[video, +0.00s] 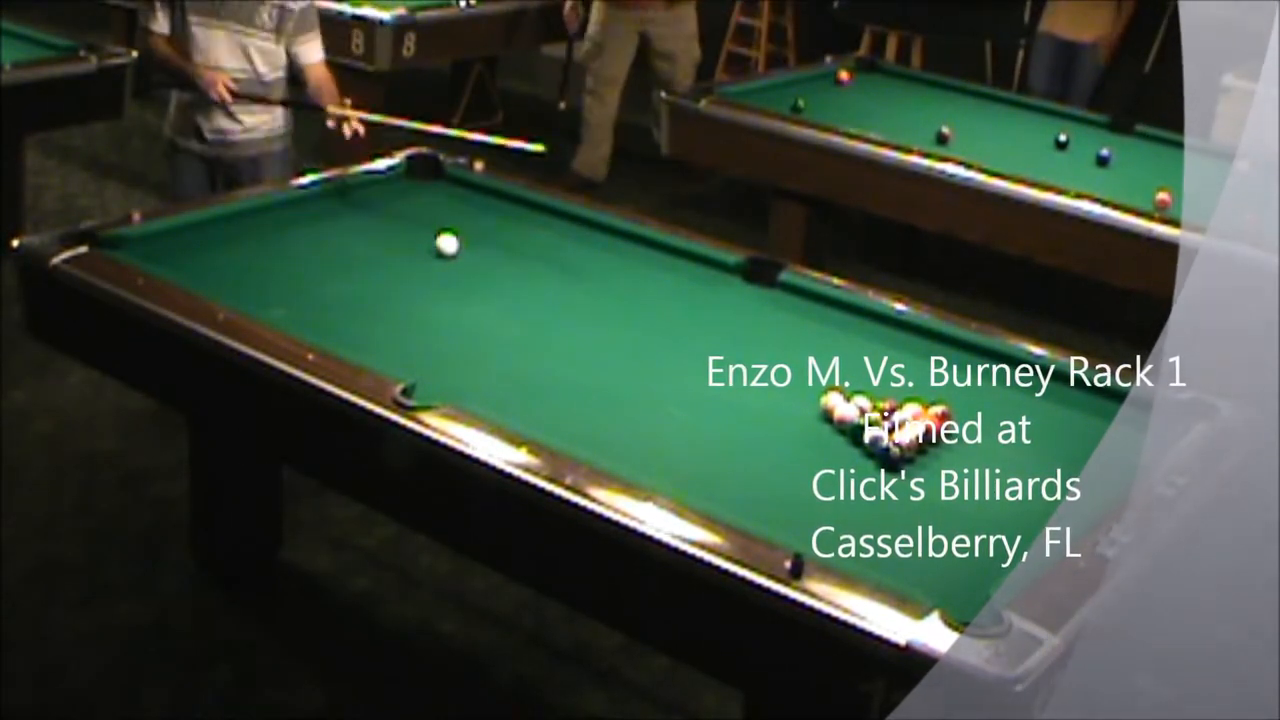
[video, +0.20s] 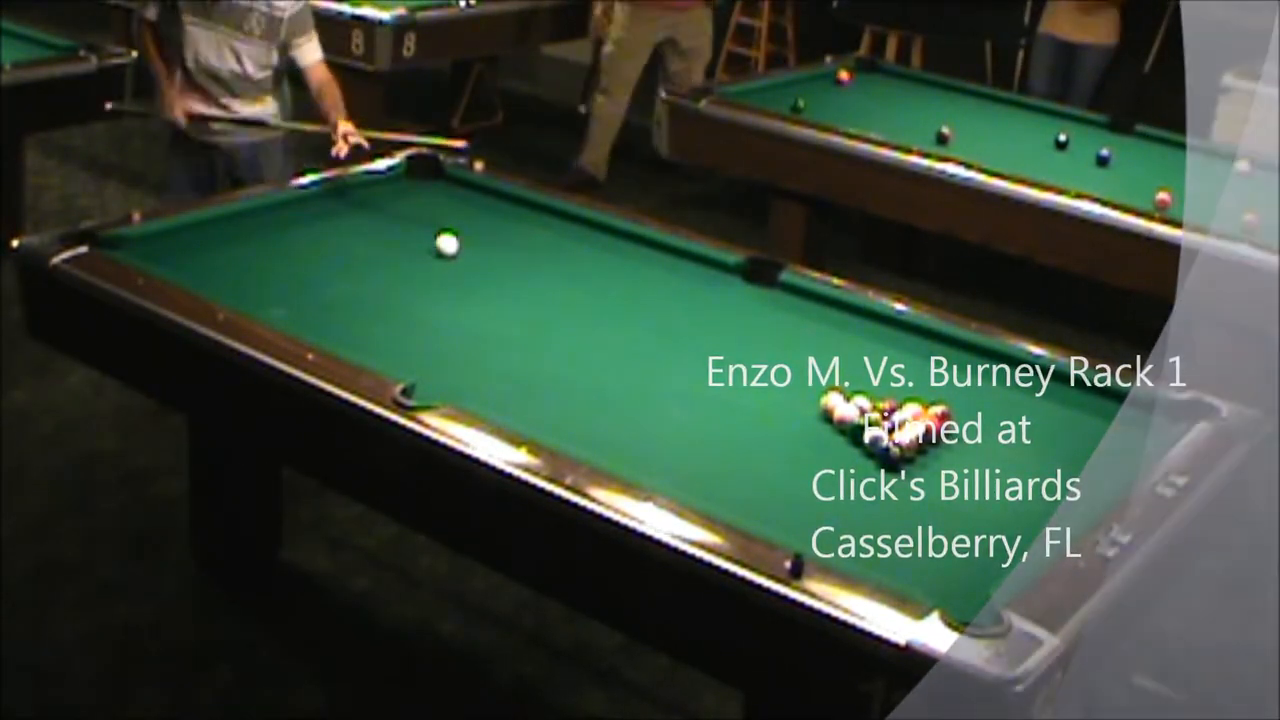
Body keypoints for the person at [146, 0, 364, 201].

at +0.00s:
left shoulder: (295, 6)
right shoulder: (176, 6)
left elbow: (314, 66)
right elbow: (154, 39)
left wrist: (334, 105)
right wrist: (197, 74)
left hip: (264, 147)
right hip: (194, 144)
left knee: (261, 250)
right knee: (188, 247)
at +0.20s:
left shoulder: (290, 10)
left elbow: (318, 74)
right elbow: (145, 24)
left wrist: (339, 121)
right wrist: (168, 86)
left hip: (261, 141)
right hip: (193, 135)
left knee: (263, 241)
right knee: (184, 238)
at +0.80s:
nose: (281, 79)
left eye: (288, 68)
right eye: (271, 69)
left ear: (298, 53)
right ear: (246, 54)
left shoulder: (306, 71)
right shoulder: (198, 26)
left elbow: (346, 143)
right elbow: (152, 26)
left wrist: (368, 192)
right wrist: (179, 95)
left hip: (279, 148)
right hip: (213, 133)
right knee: (195, 226)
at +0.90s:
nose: (279, 89)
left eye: (286, 78)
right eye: (269, 80)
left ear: (297, 62)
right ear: (245, 63)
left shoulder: (306, 75)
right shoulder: (200, 34)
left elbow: (346, 145)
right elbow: (150, 23)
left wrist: (369, 194)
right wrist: (181, 101)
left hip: (276, 145)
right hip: (210, 133)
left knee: (272, 231)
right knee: (191, 226)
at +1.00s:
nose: (283, 97)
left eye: (290, 87)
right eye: (272, 89)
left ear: (300, 68)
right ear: (248, 73)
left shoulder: (306, 75)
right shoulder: (201, 41)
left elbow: (346, 145)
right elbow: (152, 19)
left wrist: (370, 194)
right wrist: (173, 104)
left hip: (274, 139)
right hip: (208, 130)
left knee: (274, 225)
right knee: (195, 222)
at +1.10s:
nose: (283, 104)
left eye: (290, 95)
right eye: (273, 96)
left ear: (300, 75)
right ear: (245, 75)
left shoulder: (306, 75)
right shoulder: (201, 43)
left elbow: (348, 145)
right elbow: (156, 14)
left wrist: (372, 195)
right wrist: (157, 88)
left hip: (271, 139)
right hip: (208, 129)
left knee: (271, 224)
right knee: (193, 218)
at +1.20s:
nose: (284, 109)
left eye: (290, 99)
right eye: (273, 100)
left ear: (299, 78)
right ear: (244, 77)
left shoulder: (305, 74)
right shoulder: (199, 46)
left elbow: (349, 145)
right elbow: (156, 11)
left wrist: (372, 194)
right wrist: (153, 83)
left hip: (274, 137)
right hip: (211, 126)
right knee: (192, 214)